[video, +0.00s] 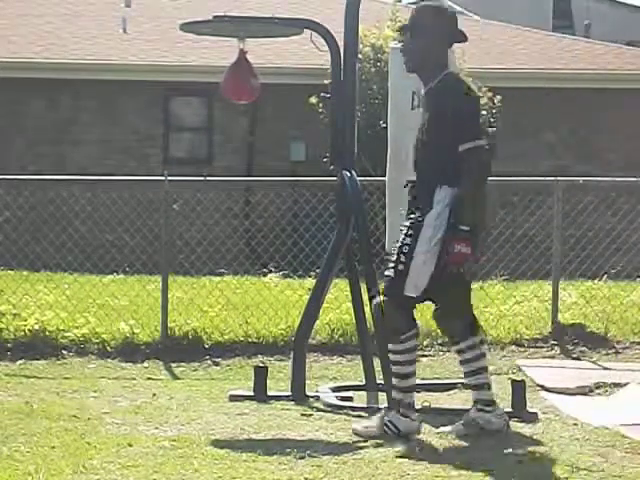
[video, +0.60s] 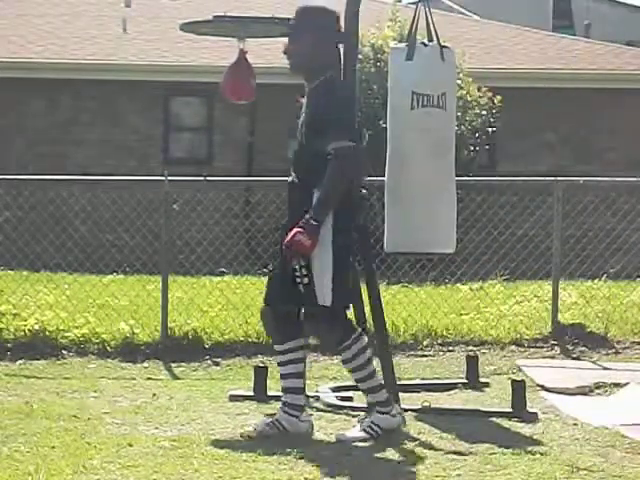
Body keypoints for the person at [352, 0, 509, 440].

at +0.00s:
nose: (403, 45)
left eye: (412, 37)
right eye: (405, 36)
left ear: (437, 44)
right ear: (426, 44)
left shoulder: (454, 95)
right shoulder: (439, 95)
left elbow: (474, 167)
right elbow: (441, 169)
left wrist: (463, 230)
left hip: (436, 214)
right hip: (442, 213)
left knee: (393, 306)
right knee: (455, 313)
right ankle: (486, 409)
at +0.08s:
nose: (390, 50)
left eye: (400, 41)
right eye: (391, 41)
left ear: (427, 47)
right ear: (404, 47)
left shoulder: (439, 98)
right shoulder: (422, 98)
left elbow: (454, 173)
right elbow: (418, 173)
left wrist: (445, 234)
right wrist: (397, 230)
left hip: (420, 218)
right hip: (421, 217)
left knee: (383, 313)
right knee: (435, 314)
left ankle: (390, 415)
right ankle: (482, 406)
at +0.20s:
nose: (364, 49)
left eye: (371, 40)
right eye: (365, 40)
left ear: (397, 43)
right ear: (389, 45)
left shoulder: (408, 93)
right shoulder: (395, 94)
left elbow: (427, 161)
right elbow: (396, 164)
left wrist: (419, 228)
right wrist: (365, 196)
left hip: (397, 213)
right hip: (389, 210)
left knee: (368, 313)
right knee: (374, 312)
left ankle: (389, 417)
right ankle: (448, 383)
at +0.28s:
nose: (346, 51)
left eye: (354, 44)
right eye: (347, 43)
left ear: (378, 48)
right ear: (369, 49)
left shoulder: (390, 94)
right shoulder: (377, 94)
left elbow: (408, 166)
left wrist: (391, 233)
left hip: (384, 216)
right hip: (367, 212)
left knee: (359, 312)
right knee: (327, 306)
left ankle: (388, 418)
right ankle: (409, 371)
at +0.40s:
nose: (325, 47)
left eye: (333, 40)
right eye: (325, 39)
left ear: (357, 43)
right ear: (341, 43)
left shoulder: (367, 87)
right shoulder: (353, 86)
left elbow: (383, 154)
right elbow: (405, 143)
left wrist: (359, 220)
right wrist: (348, 172)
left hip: (367, 208)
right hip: (343, 204)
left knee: (362, 313)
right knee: (302, 299)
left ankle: (389, 416)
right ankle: (345, 391)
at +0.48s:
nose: (309, 42)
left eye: (318, 33)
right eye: (311, 33)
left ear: (343, 40)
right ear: (341, 42)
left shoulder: (351, 87)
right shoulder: (349, 86)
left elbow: (364, 156)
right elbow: (392, 143)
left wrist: (338, 219)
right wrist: (362, 185)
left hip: (352, 215)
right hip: (328, 211)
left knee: (359, 316)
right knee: (296, 306)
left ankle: (388, 417)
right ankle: (304, 408)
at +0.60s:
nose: (286, 45)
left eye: (296, 36)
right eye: (289, 36)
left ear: (324, 43)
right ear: (313, 44)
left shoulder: (334, 93)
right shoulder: (316, 94)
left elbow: (345, 163)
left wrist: (312, 224)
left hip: (331, 220)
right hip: (305, 218)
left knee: (327, 321)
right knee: (279, 313)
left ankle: (385, 411)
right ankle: (293, 416)